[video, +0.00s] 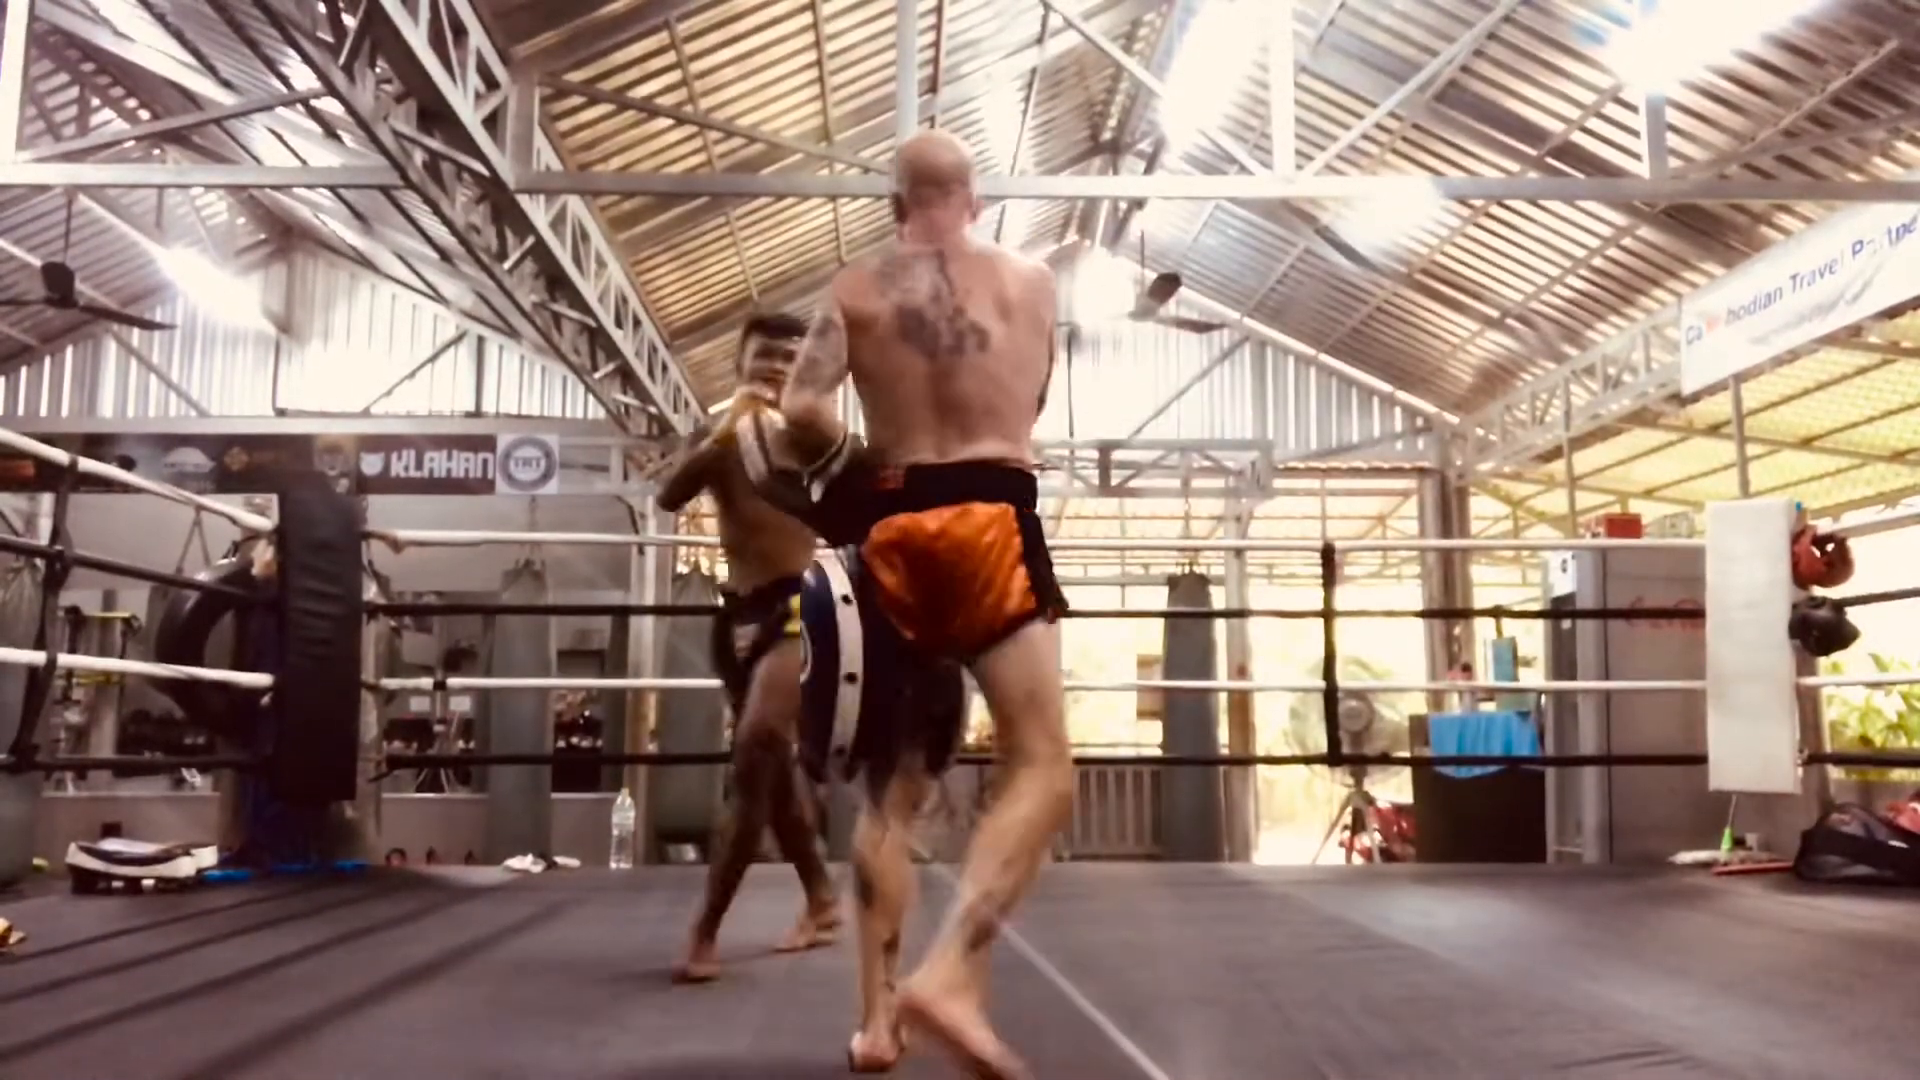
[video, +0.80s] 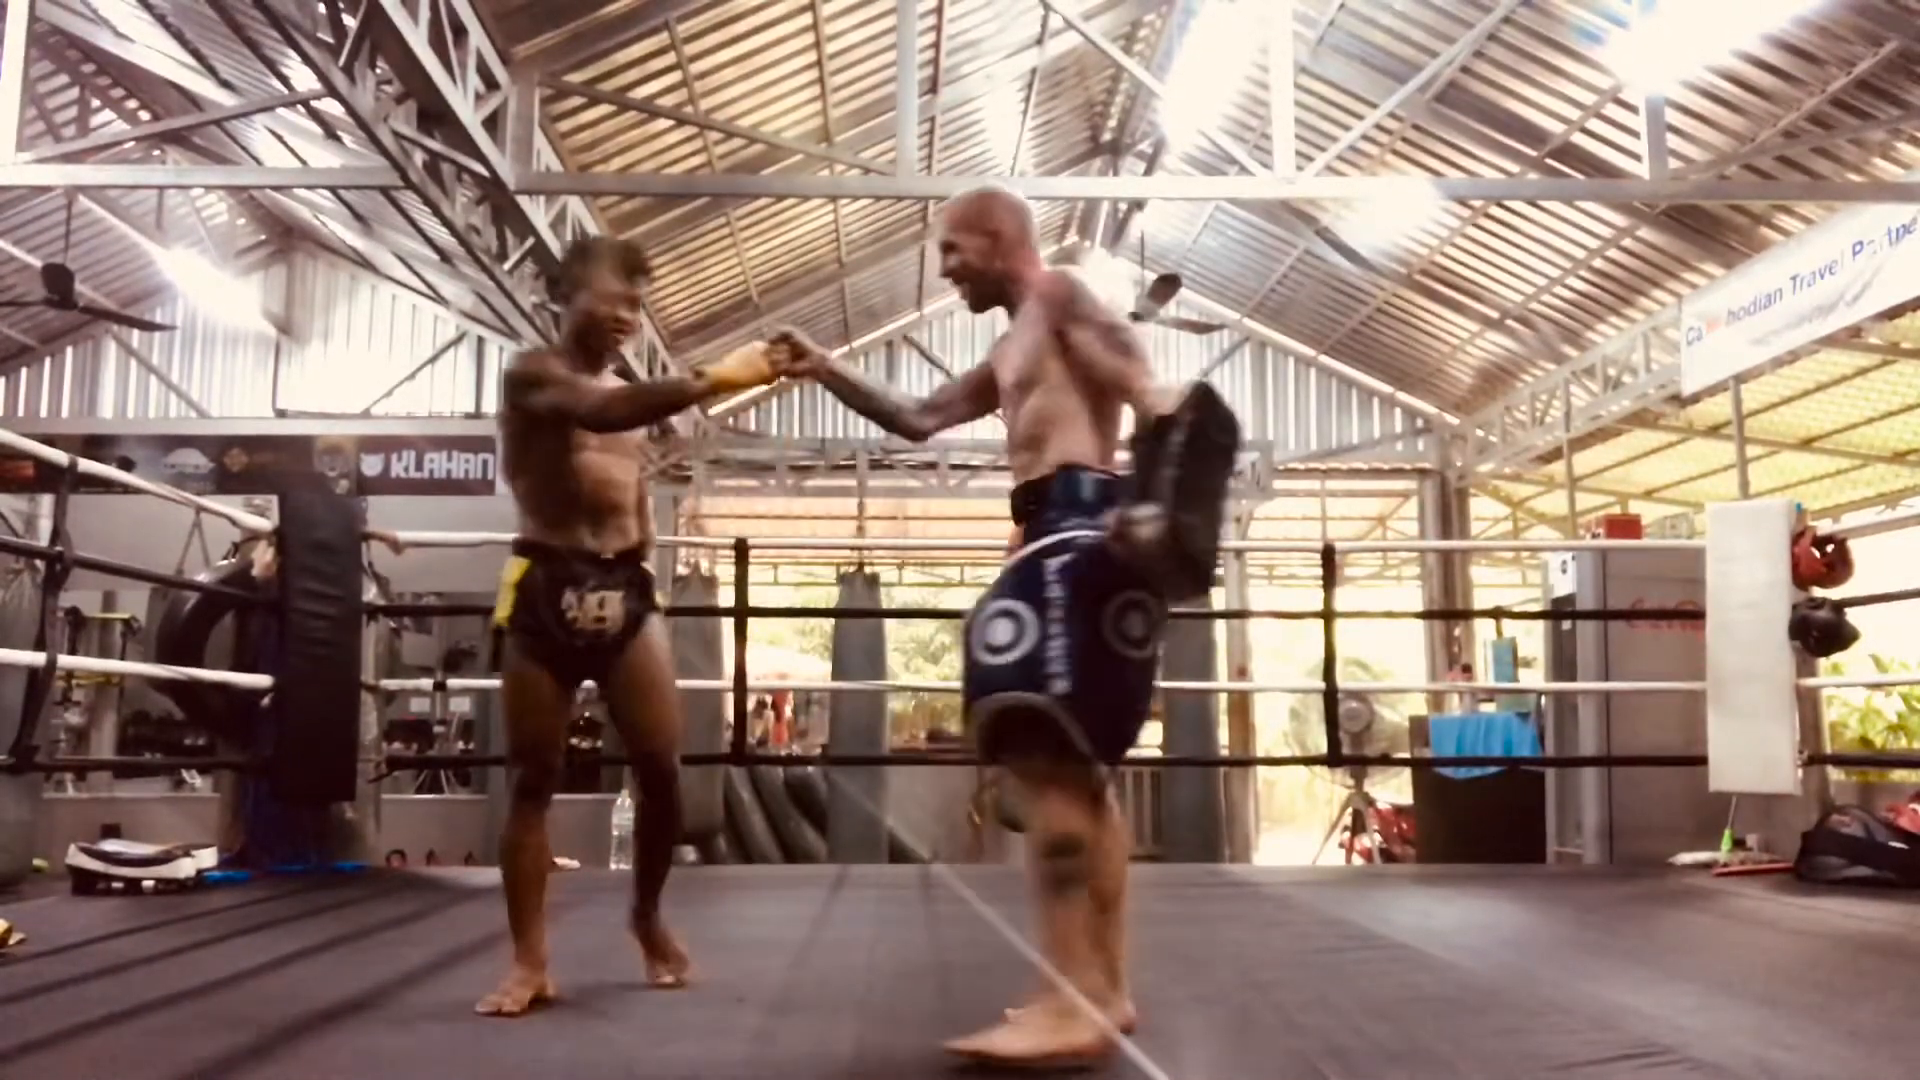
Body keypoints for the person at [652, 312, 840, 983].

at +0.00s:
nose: (772, 368)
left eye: (785, 359)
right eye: (764, 356)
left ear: (803, 372)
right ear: (741, 363)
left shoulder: (813, 435)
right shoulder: (718, 435)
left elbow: (850, 498)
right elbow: (669, 497)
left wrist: (785, 452)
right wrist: (724, 438)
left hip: (799, 602)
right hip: (740, 609)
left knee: (754, 756)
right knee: (770, 759)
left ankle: (705, 930)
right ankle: (821, 896)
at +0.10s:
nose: (762, 363)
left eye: (776, 355)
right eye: (752, 349)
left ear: (794, 367)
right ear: (728, 355)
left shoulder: (803, 429)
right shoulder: (703, 430)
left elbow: (827, 536)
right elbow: (646, 493)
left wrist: (779, 468)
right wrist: (706, 439)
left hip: (772, 598)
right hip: (710, 605)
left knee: (731, 765)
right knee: (709, 773)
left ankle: (697, 939)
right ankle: (798, 882)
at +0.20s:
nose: (749, 361)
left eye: (763, 352)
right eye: (738, 346)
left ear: (779, 364)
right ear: (713, 350)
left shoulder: (783, 435)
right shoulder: (677, 423)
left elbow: (803, 524)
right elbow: (637, 495)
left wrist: (790, 450)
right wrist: (695, 449)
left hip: (751, 605)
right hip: (686, 601)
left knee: (724, 770)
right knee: (648, 770)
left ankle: (697, 938)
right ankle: (737, 873)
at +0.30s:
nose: (735, 369)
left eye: (749, 358)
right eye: (726, 351)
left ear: (763, 366)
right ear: (697, 344)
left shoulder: (768, 434)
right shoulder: (661, 414)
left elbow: (780, 518)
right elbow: (645, 491)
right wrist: (713, 441)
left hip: (736, 607)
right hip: (667, 598)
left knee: (718, 778)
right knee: (611, 752)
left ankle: (699, 938)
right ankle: (655, 907)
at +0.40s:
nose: (717, 378)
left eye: (731, 369)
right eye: (709, 358)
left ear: (749, 369)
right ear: (689, 340)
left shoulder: (754, 432)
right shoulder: (642, 404)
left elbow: (775, 513)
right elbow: (651, 478)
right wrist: (726, 423)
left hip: (715, 605)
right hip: (642, 597)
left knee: (707, 776)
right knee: (592, 762)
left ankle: (696, 941)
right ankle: (567, 946)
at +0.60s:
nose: (687, 347)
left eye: (698, 338)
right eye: (678, 329)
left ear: (704, 344)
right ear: (642, 319)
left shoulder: (685, 422)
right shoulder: (593, 386)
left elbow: (708, 502)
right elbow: (651, 430)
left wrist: (740, 549)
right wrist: (744, 393)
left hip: (667, 598)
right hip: (591, 595)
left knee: (679, 777)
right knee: (558, 779)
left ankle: (688, 940)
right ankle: (533, 963)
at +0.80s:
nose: (627, 320)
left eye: (634, 310)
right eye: (615, 303)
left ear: (636, 314)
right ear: (569, 297)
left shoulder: (628, 393)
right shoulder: (533, 371)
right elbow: (603, 409)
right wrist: (725, 377)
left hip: (628, 588)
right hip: (549, 587)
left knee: (662, 768)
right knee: (532, 783)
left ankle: (646, 917)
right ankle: (529, 965)